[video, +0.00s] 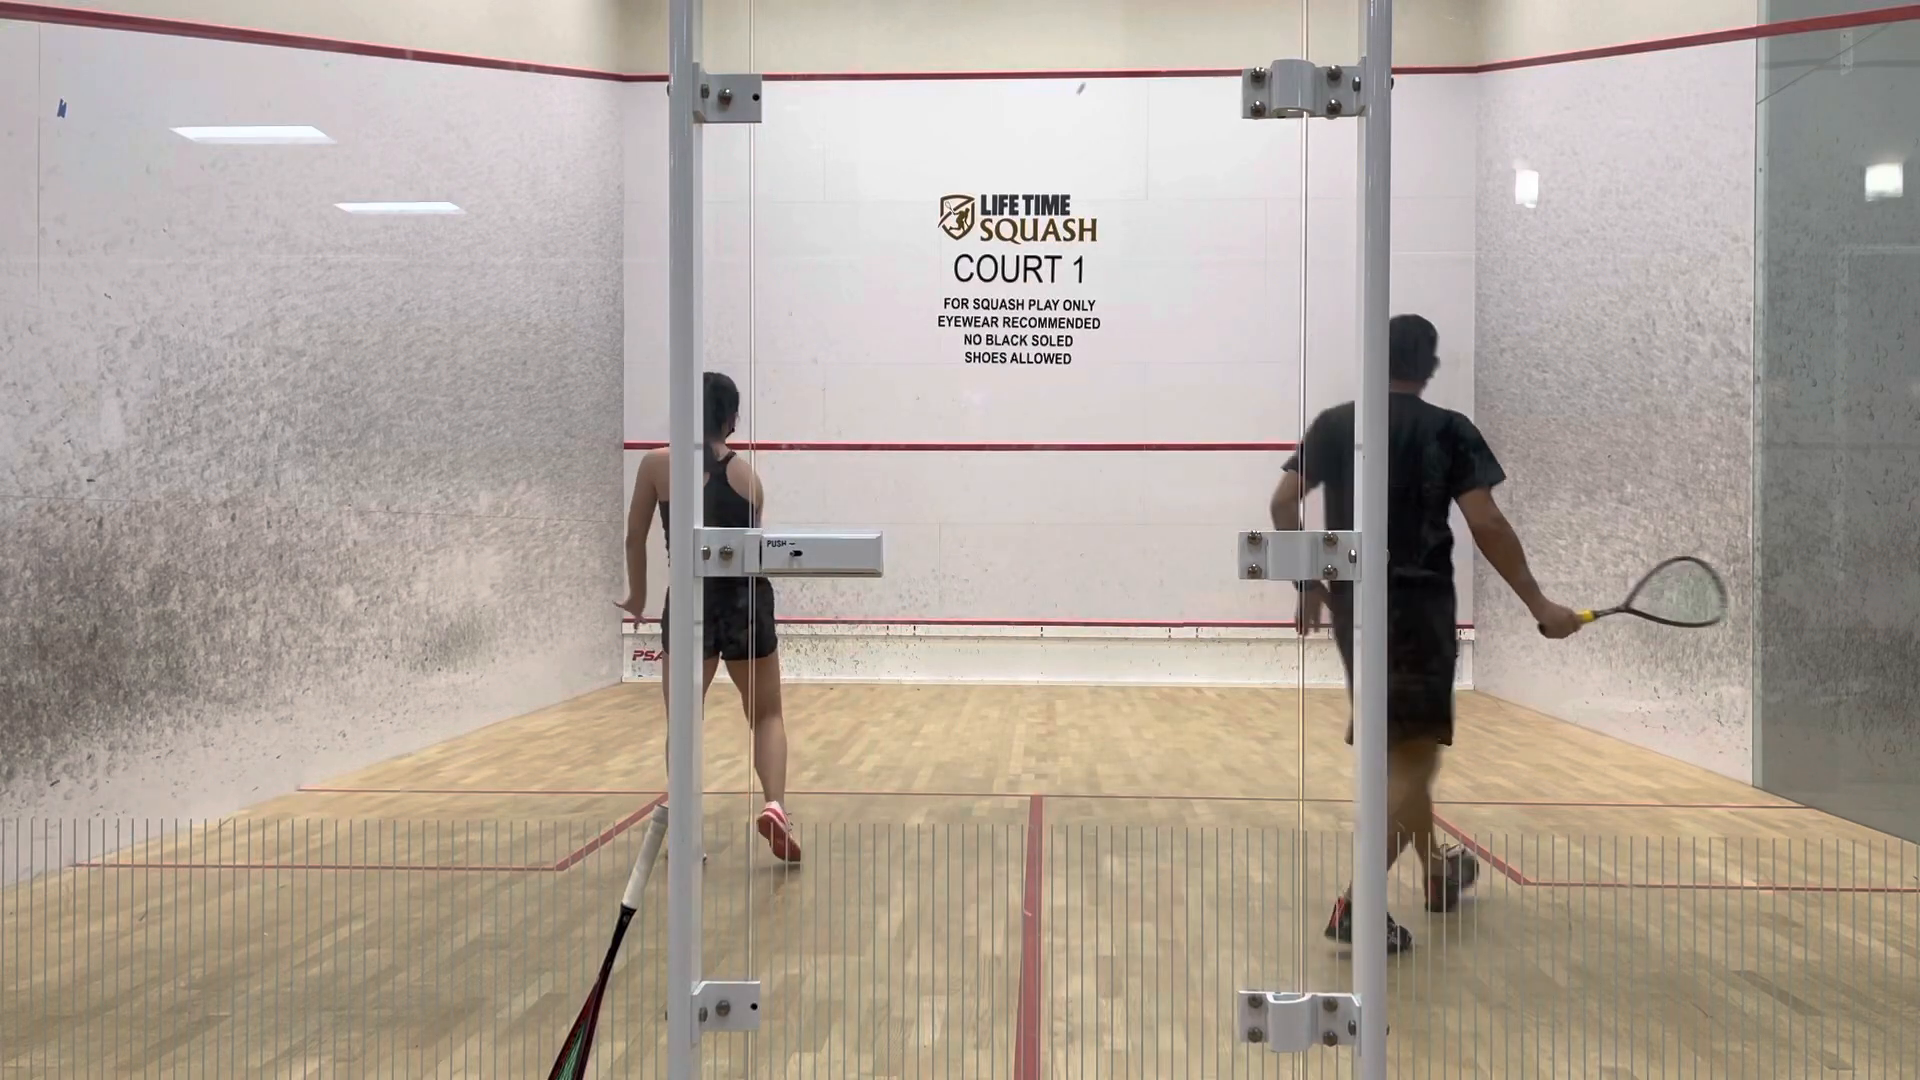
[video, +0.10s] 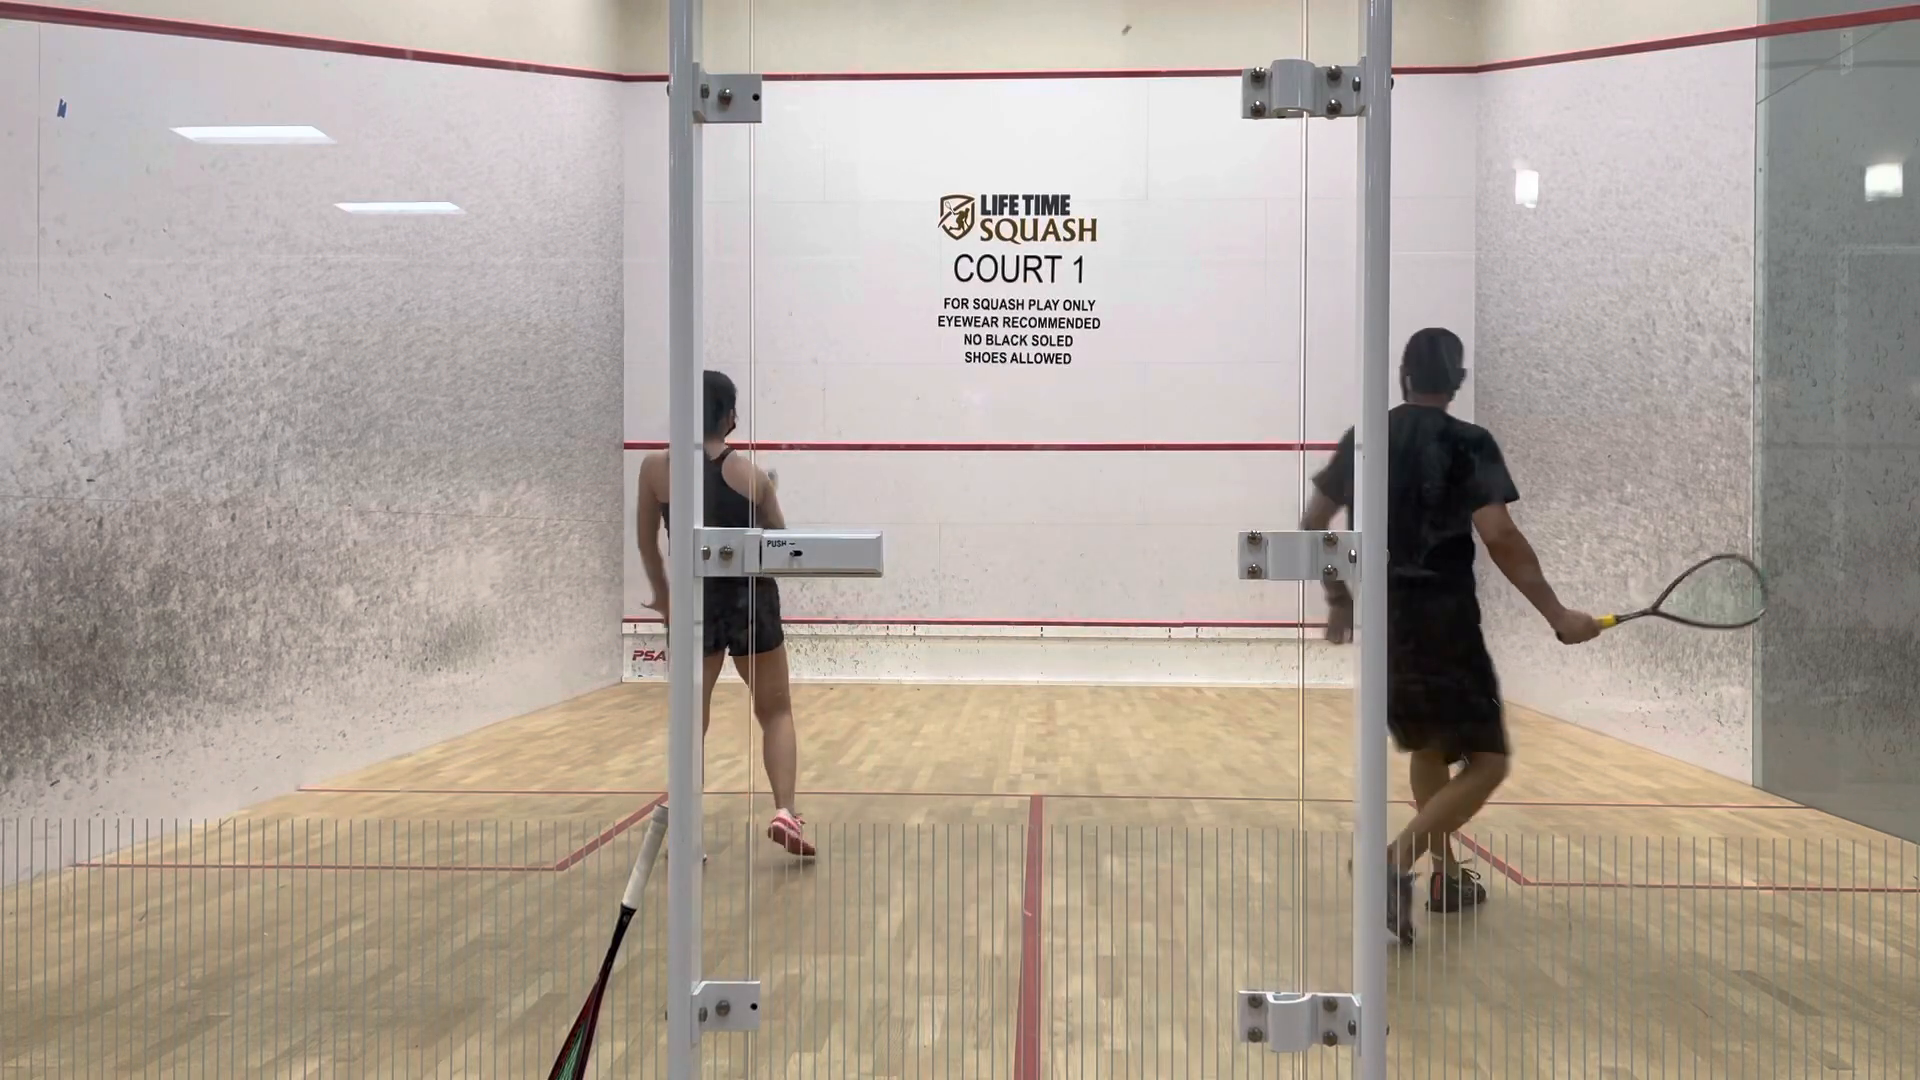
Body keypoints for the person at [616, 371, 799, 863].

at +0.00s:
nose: (735, 421)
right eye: (735, 414)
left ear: (685, 412)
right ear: (732, 418)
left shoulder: (656, 465)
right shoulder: (746, 475)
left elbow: (635, 538)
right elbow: (755, 543)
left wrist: (637, 595)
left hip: (687, 605)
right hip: (747, 606)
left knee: (680, 720)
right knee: (766, 714)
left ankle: (681, 823)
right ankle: (774, 805)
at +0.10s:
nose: (738, 417)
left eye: (733, 410)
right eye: (736, 411)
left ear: (684, 413)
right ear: (730, 418)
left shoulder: (656, 470)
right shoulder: (749, 473)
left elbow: (647, 544)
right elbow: (782, 541)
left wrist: (661, 591)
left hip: (693, 604)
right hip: (751, 604)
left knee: (690, 721)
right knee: (775, 708)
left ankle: (679, 825)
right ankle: (786, 809)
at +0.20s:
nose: (739, 416)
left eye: (736, 409)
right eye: (738, 410)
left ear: (687, 413)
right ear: (733, 415)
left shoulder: (662, 470)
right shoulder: (758, 472)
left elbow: (667, 544)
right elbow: (805, 536)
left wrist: (707, 567)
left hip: (701, 601)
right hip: (760, 599)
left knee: (695, 722)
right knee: (789, 707)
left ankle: (683, 828)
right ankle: (808, 816)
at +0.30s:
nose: (751, 424)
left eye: (746, 417)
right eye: (750, 418)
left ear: (699, 422)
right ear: (744, 423)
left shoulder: (676, 477)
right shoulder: (770, 474)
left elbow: (688, 532)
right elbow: (811, 529)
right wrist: (853, 543)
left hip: (709, 605)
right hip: (770, 602)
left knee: (699, 721)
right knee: (807, 708)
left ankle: (684, 817)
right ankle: (837, 814)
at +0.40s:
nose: (772, 430)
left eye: (768, 422)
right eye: (767, 423)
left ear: (718, 437)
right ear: (758, 432)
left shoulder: (701, 484)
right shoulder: (784, 483)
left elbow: (689, 548)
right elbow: (823, 548)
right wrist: (875, 557)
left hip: (722, 614)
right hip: (782, 613)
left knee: (698, 722)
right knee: (829, 710)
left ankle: (684, 821)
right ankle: (864, 811)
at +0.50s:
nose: (802, 442)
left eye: (798, 435)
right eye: (797, 436)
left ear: (750, 444)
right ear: (788, 443)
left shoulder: (732, 492)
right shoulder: (810, 492)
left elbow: (730, 553)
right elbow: (834, 559)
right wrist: (892, 569)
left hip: (742, 624)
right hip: (799, 626)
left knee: (711, 731)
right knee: (856, 711)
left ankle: (688, 833)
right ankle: (884, 813)